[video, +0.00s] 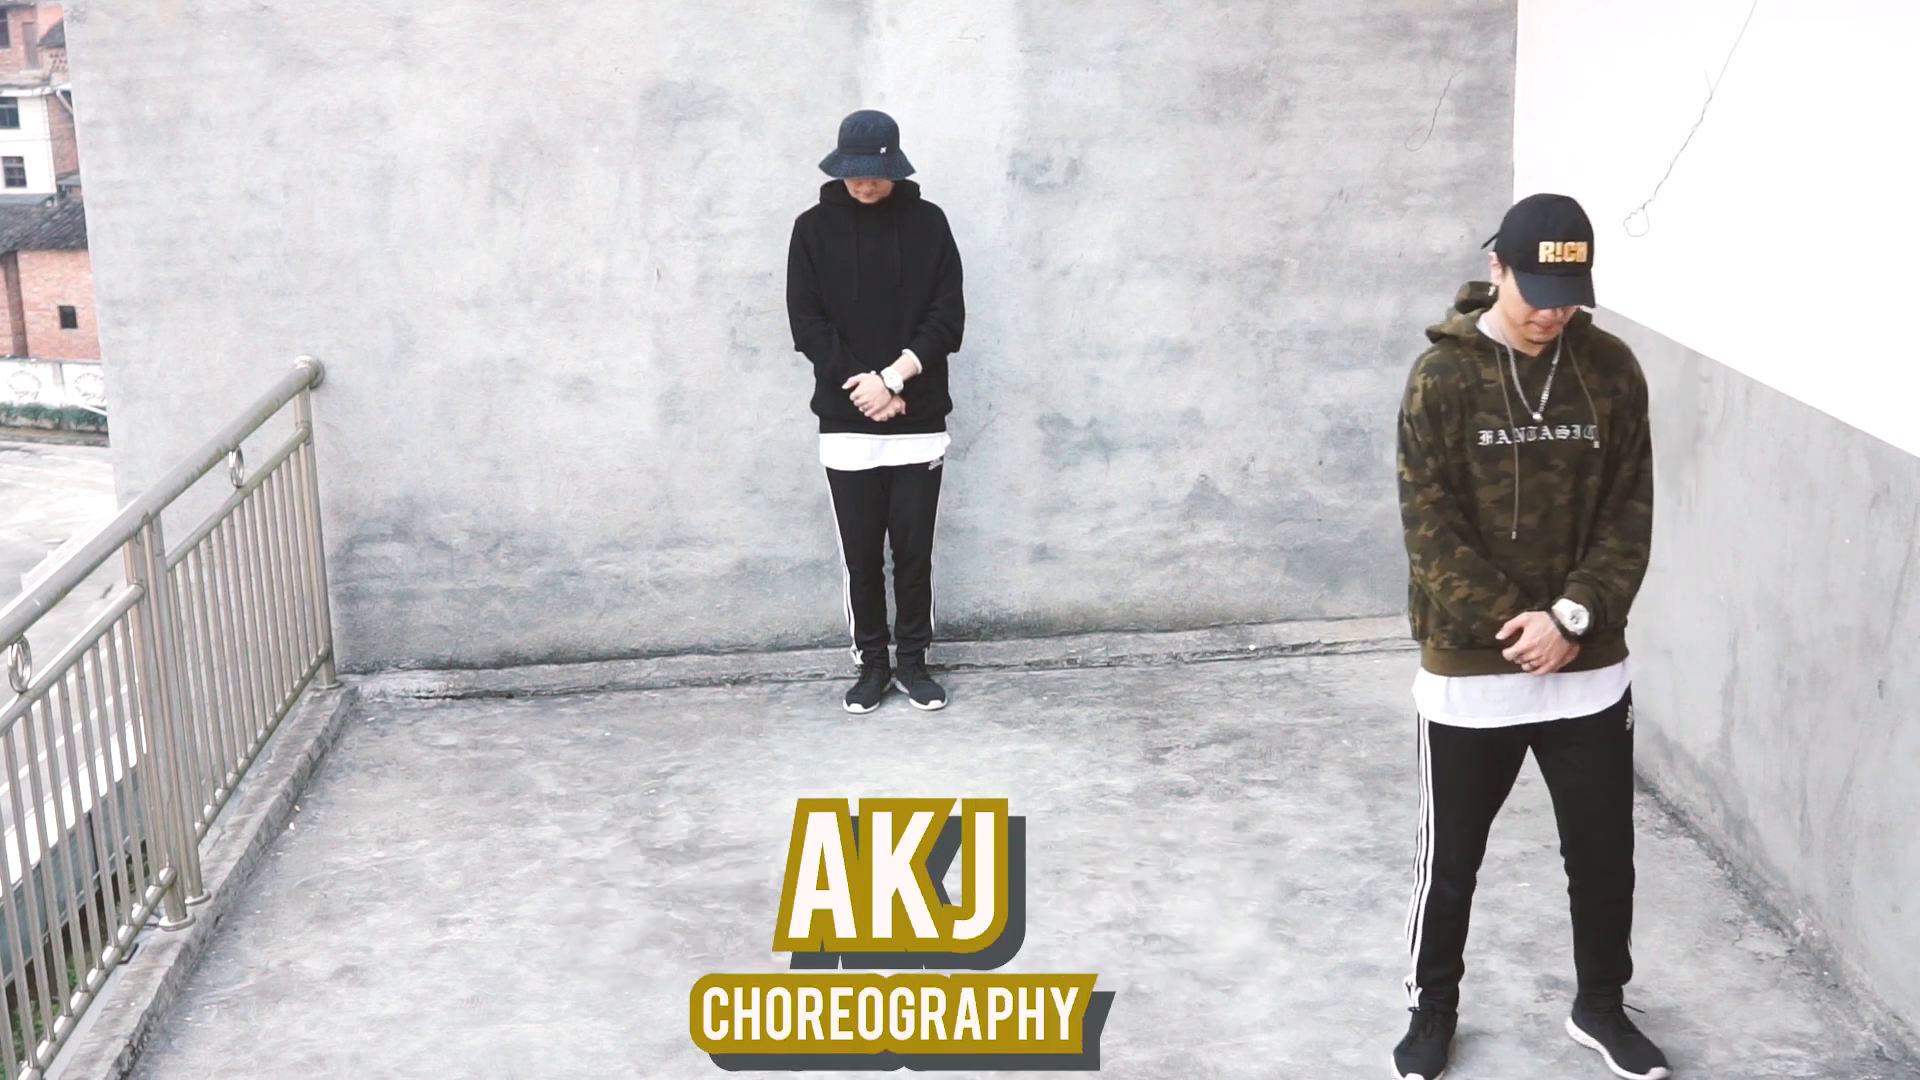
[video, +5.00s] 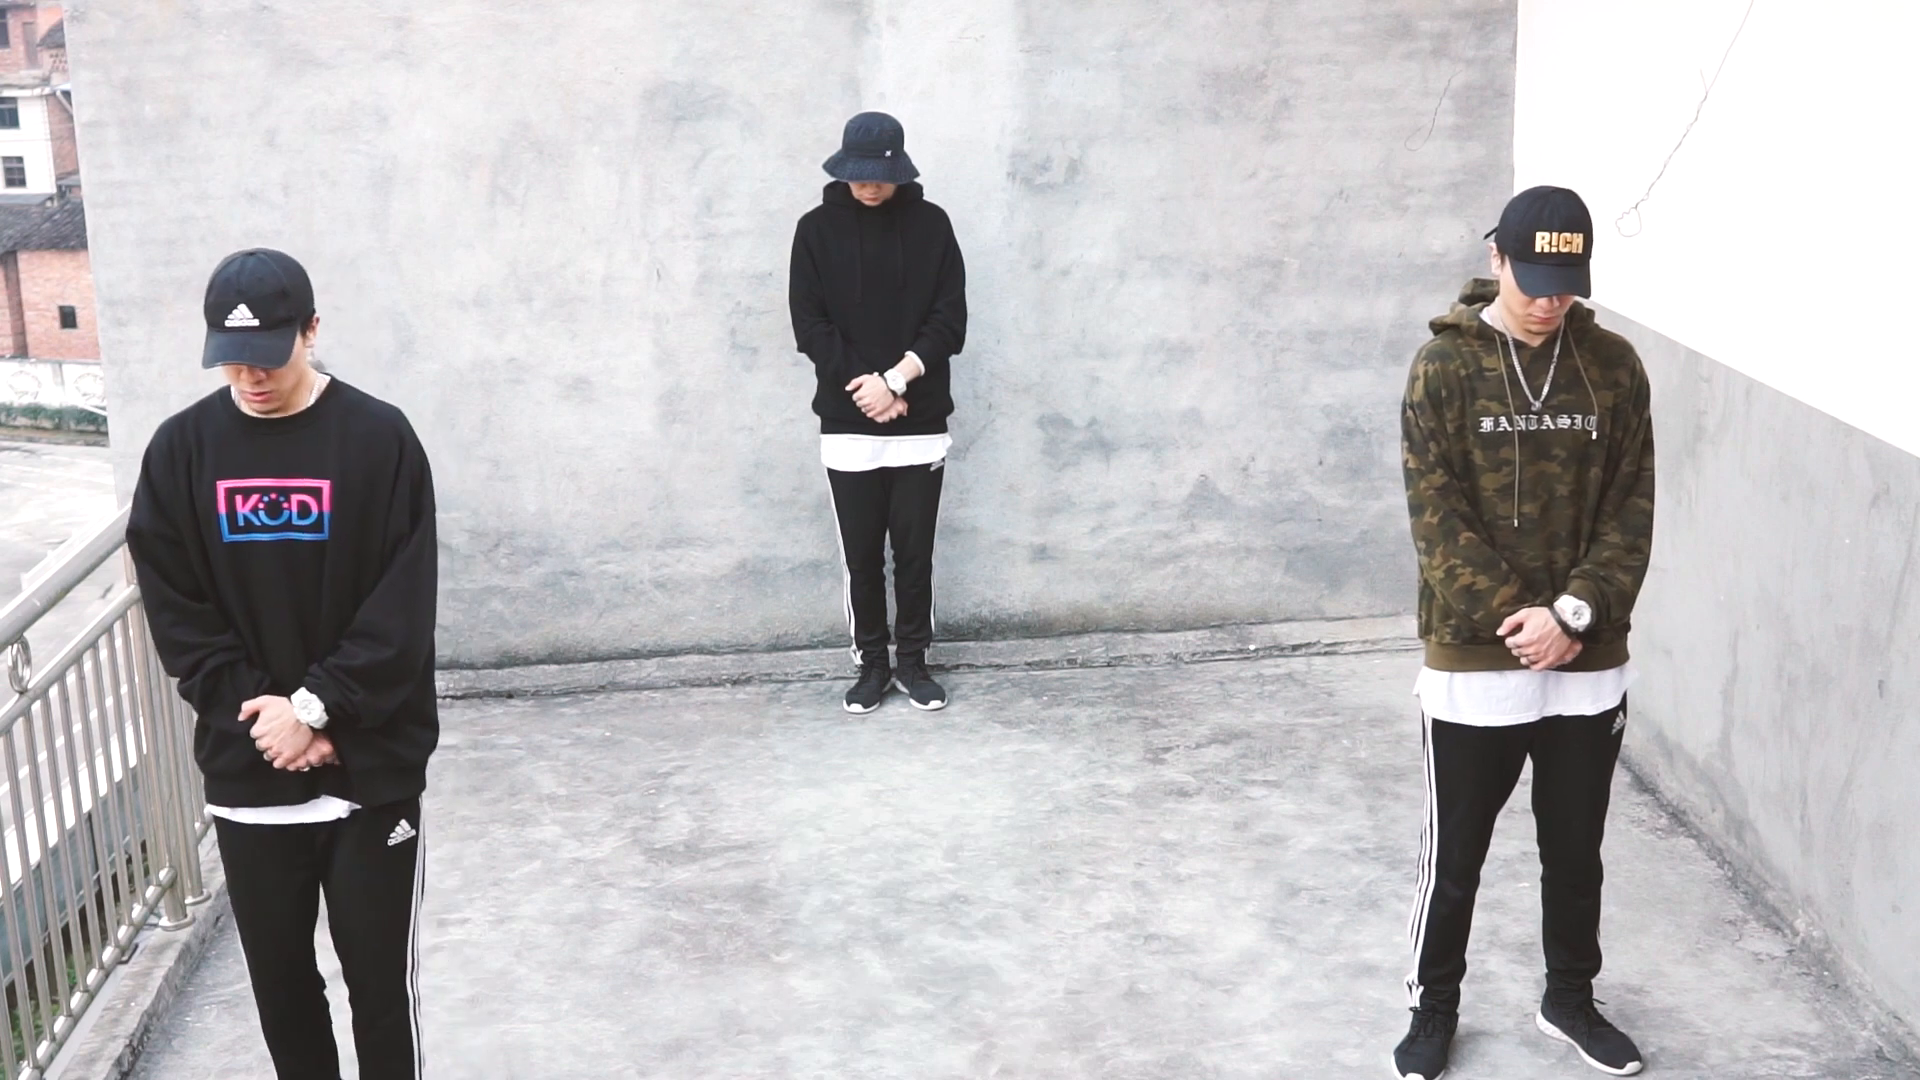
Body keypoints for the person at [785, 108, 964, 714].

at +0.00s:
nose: (865, 184)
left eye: (876, 173)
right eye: (855, 173)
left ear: (896, 169)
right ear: (839, 170)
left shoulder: (927, 221)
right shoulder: (814, 227)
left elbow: (948, 317)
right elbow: (806, 323)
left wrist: (894, 373)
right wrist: (863, 387)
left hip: (919, 413)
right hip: (845, 416)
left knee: (913, 549)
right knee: (861, 552)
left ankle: (913, 664)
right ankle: (872, 666)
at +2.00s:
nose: (869, 189)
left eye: (880, 179)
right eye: (859, 178)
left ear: (899, 173)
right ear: (842, 173)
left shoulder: (929, 222)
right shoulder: (816, 227)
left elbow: (949, 317)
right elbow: (808, 324)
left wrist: (896, 374)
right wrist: (864, 387)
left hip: (920, 416)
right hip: (846, 419)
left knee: (913, 550)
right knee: (862, 553)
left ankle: (913, 663)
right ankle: (873, 667)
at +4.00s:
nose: (867, 187)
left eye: (878, 177)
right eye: (857, 176)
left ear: (898, 172)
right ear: (841, 172)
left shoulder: (928, 222)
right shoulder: (814, 228)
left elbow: (949, 318)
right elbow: (806, 324)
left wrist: (896, 374)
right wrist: (863, 387)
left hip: (919, 415)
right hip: (845, 418)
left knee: (913, 549)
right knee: (861, 552)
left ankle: (912, 663)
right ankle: (872, 666)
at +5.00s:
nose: (870, 187)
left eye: (881, 176)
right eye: (859, 176)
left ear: (900, 172)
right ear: (843, 171)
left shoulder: (930, 223)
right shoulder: (817, 228)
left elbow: (950, 319)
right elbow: (809, 324)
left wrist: (896, 375)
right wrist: (864, 387)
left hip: (920, 415)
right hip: (846, 418)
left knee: (913, 550)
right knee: (862, 553)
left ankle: (914, 662)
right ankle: (872, 666)